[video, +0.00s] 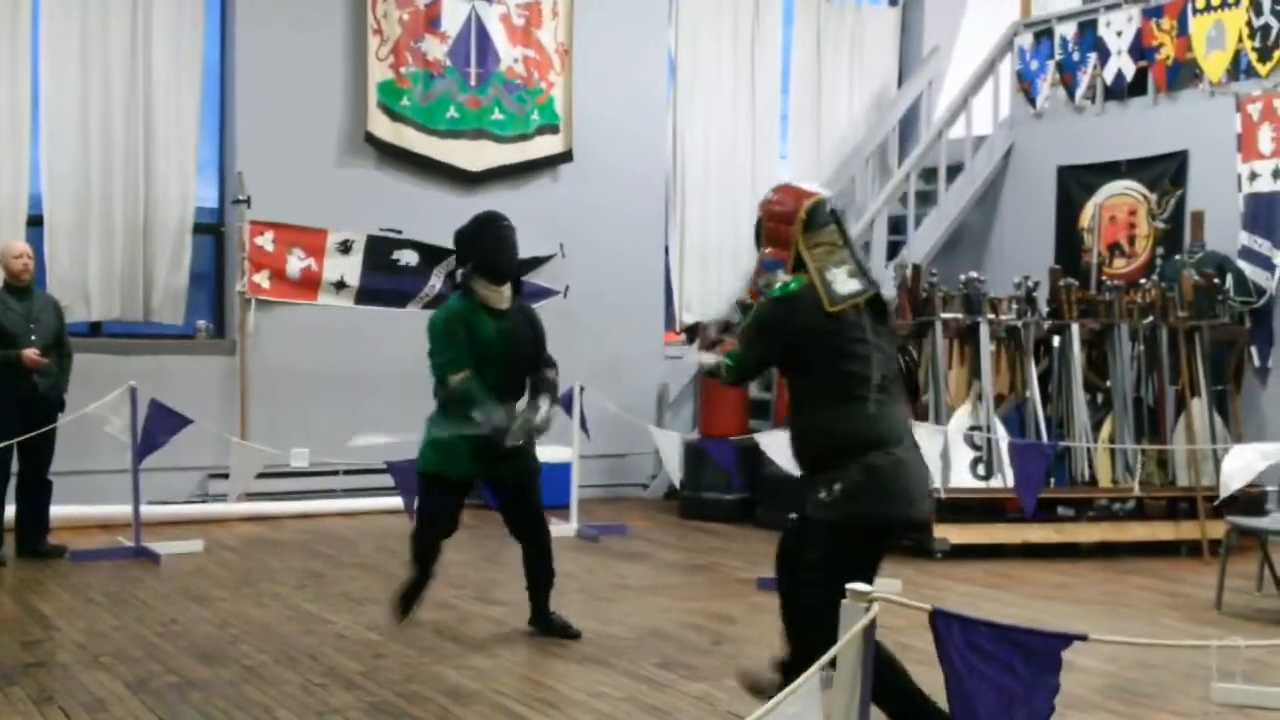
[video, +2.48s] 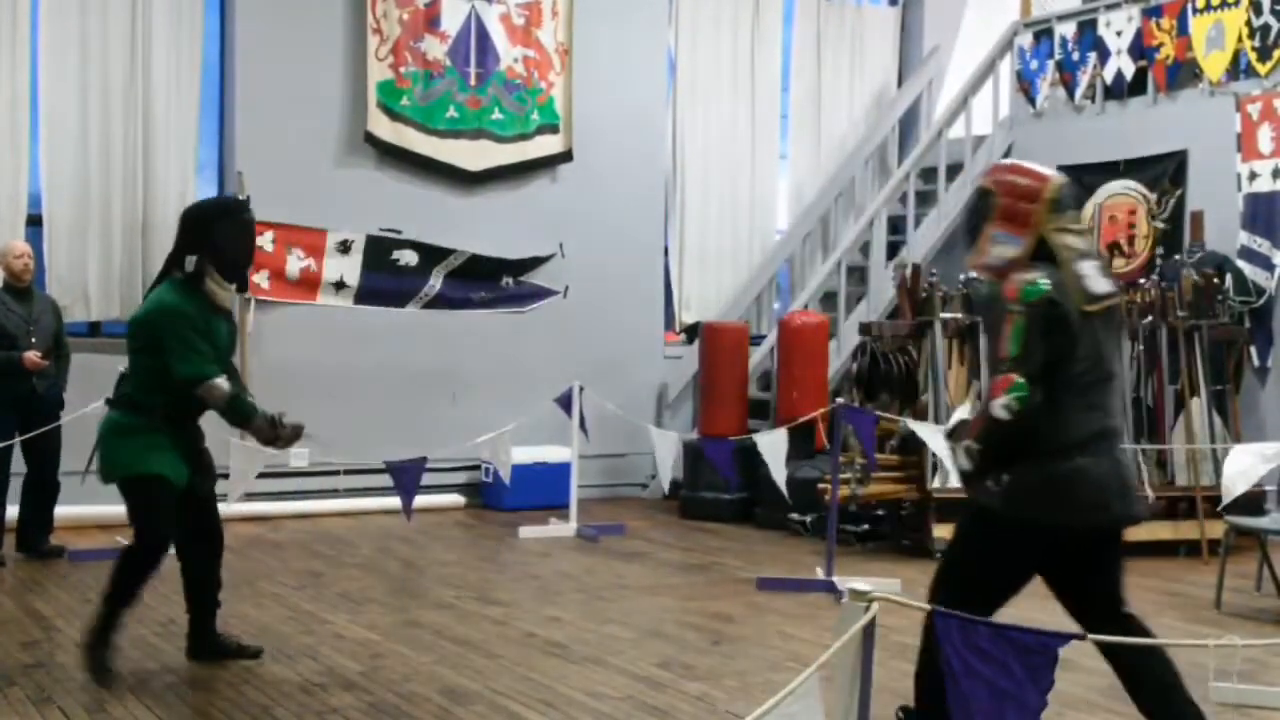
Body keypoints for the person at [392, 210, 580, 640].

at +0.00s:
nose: (508, 256)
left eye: (509, 247)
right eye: (498, 249)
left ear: (514, 256)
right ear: (475, 258)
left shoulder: (524, 317)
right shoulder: (450, 319)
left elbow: (544, 370)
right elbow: (455, 386)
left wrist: (538, 411)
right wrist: (501, 418)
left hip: (508, 440)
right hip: (453, 441)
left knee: (533, 528)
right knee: (435, 523)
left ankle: (541, 612)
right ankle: (419, 577)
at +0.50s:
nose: (518, 273)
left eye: (519, 266)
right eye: (508, 265)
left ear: (518, 271)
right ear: (485, 271)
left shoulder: (517, 320)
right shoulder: (468, 313)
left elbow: (542, 369)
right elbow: (496, 311)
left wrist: (530, 343)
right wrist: (534, 314)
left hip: (514, 432)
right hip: (469, 435)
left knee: (556, 513)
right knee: (471, 527)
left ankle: (556, 603)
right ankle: (476, 574)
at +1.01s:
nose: (476, 264)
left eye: (474, 255)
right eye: (465, 257)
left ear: (471, 260)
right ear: (442, 266)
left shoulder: (487, 314)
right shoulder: (428, 327)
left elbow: (518, 355)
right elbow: (455, 365)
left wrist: (541, 351)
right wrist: (508, 349)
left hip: (491, 437)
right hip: (444, 444)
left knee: (534, 528)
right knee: (435, 535)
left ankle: (542, 610)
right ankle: (413, 631)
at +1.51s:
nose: (352, 255)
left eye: (352, 245)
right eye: (344, 245)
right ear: (323, 250)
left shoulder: (354, 315)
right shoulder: (288, 315)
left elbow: (370, 373)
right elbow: (305, 386)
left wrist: (368, 416)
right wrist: (344, 427)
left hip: (332, 449)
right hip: (296, 450)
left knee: (314, 554)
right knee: (327, 552)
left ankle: (239, 618)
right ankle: (360, 649)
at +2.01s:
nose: (237, 274)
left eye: (235, 264)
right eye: (228, 264)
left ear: (206, 274)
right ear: (199, 272)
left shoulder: (212, 332)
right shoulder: (157, 332)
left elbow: (207, 404)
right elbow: (156, 411)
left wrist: (207, 448)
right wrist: (200, 451)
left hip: (171, 466)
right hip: (122, 462)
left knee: (222, 535)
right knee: (74, 545)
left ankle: (219, 636)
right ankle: (27, 621)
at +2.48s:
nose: (250, 255)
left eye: (251, 244)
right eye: (242, 244)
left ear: (216, 250)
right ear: (212, 247)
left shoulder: (215, 307)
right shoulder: (171, 308)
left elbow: (224, 378)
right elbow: (207, 385)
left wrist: (259, 421)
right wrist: (260, 426)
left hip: (181, 437)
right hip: (138, 436)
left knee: (203, 536)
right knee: (154, 536)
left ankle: (204, 636)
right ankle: (99, 636)